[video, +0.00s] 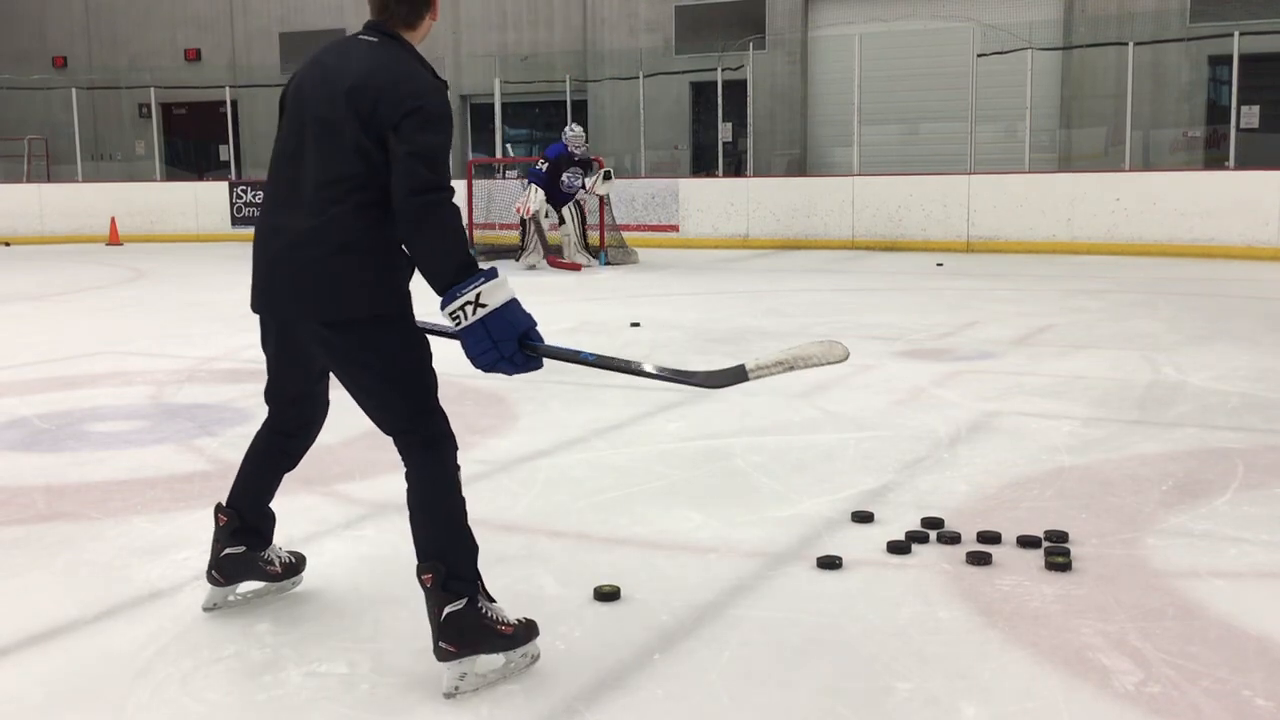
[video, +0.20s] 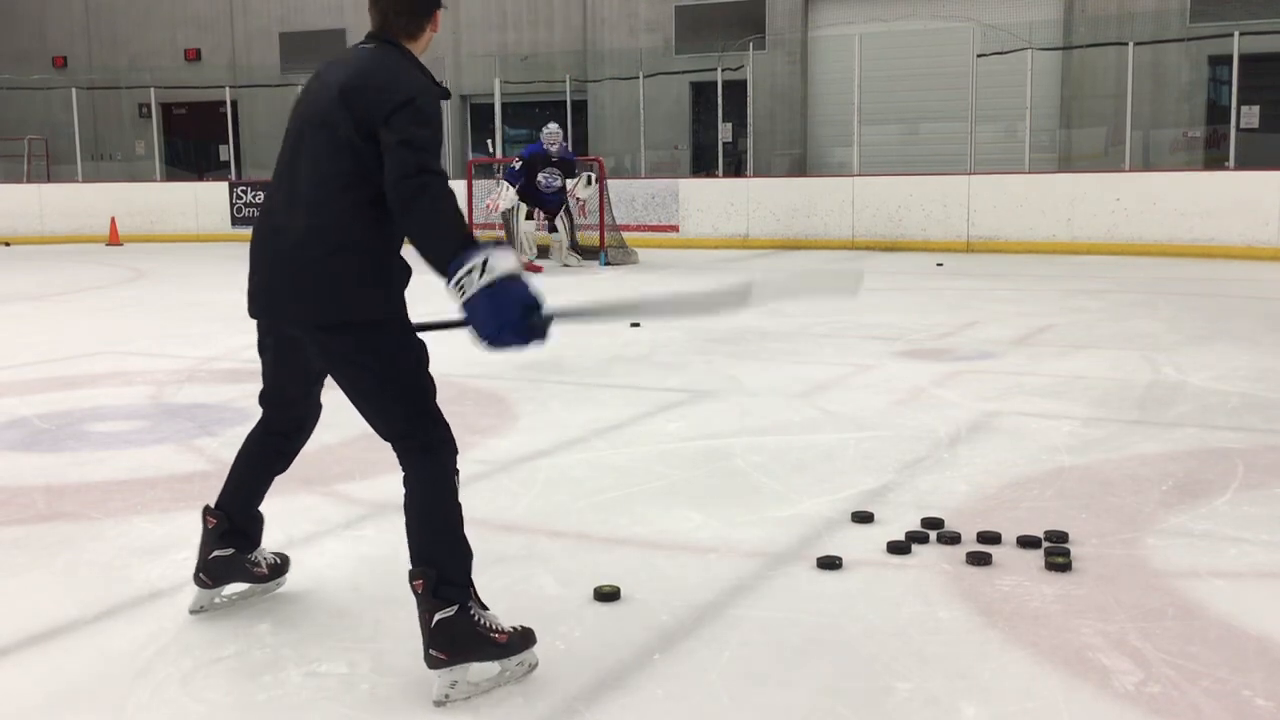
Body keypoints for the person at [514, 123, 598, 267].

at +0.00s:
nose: (578, 143)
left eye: (581, 140)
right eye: (574, 140)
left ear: (584, 140)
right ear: (566, 140)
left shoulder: (585, 158)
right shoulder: (555, 153)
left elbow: (581, 181)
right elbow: (536, 176)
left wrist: (597, 182)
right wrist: (531, 201)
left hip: (566, 197)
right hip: (544, 194)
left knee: (575, 222)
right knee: (533, 221)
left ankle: (577, 255)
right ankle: (530, 258)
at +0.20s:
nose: (553, 144)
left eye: (556, 140)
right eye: (549, 141)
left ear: (561, 139)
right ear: (543, 139)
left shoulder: (567, 158)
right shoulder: (530, 154)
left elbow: (572, 182)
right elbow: (511, 177)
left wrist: (579, 199)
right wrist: (501, 197)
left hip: (556, 199)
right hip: (530, 199)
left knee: (565, 226)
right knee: (525, 227)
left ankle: (564, 255)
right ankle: (526, 256)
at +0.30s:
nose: (542, 136)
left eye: (545, 133)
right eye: (538, 133)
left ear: (551, 135)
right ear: (532, 135)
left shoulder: (558, 151)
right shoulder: (524, 151)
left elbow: (565, 172)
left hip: (550, 194)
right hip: (525, 193)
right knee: (522, 225)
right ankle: (519, 259)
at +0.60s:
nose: (532, 145)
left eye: (536, 142)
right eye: (528, 141)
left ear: (542, 143)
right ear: (523, 142)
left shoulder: (549, 160)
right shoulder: (514, 159)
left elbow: (565, 184)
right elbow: (498, 183)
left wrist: (572, 172)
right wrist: (489, 206)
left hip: (539, 201)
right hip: (514, 199)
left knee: (556, 212)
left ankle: (555, 257)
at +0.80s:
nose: (536, 154)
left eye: (539, 151)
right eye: (532, 151)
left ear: (545, 152)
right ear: (526, 153)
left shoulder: (553, 171)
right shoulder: (514, 169)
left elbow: (563, 194)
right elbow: (497, 189)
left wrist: (573, 187)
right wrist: (496, 208)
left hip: (543, 210)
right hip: (518, 210)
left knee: (560, 235)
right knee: (507, 239)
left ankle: (579, 264)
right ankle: (485, 266)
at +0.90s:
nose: (536, 156)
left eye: (540, 153)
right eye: (532, 153)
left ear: (545, 154)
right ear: (527, 154)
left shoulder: (554, 172)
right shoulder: (514, 170)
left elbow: (562, 197)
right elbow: (497, 190)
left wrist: (574, 193)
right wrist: (498, 207)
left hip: (546, 212)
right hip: (520, 212)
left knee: (561, 237)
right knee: (508, 239)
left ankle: (581, 265)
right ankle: (486, 267)